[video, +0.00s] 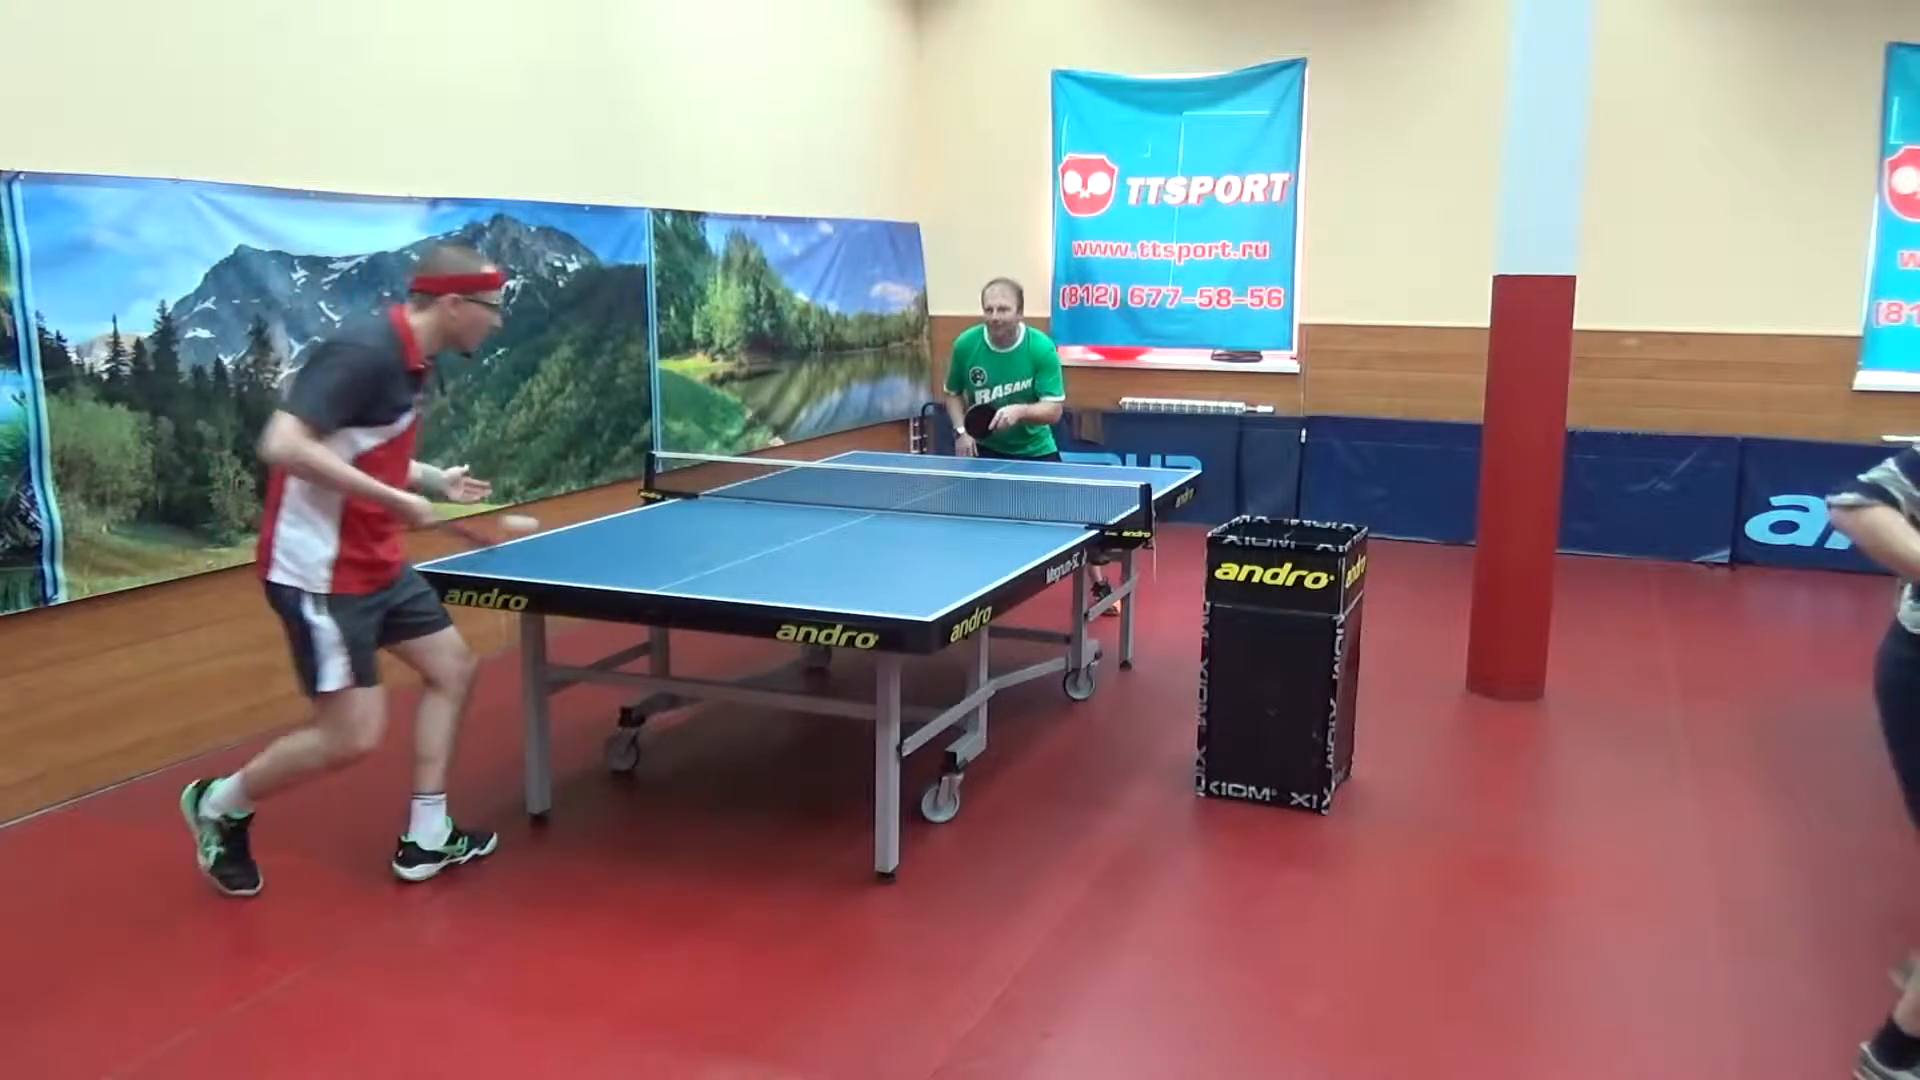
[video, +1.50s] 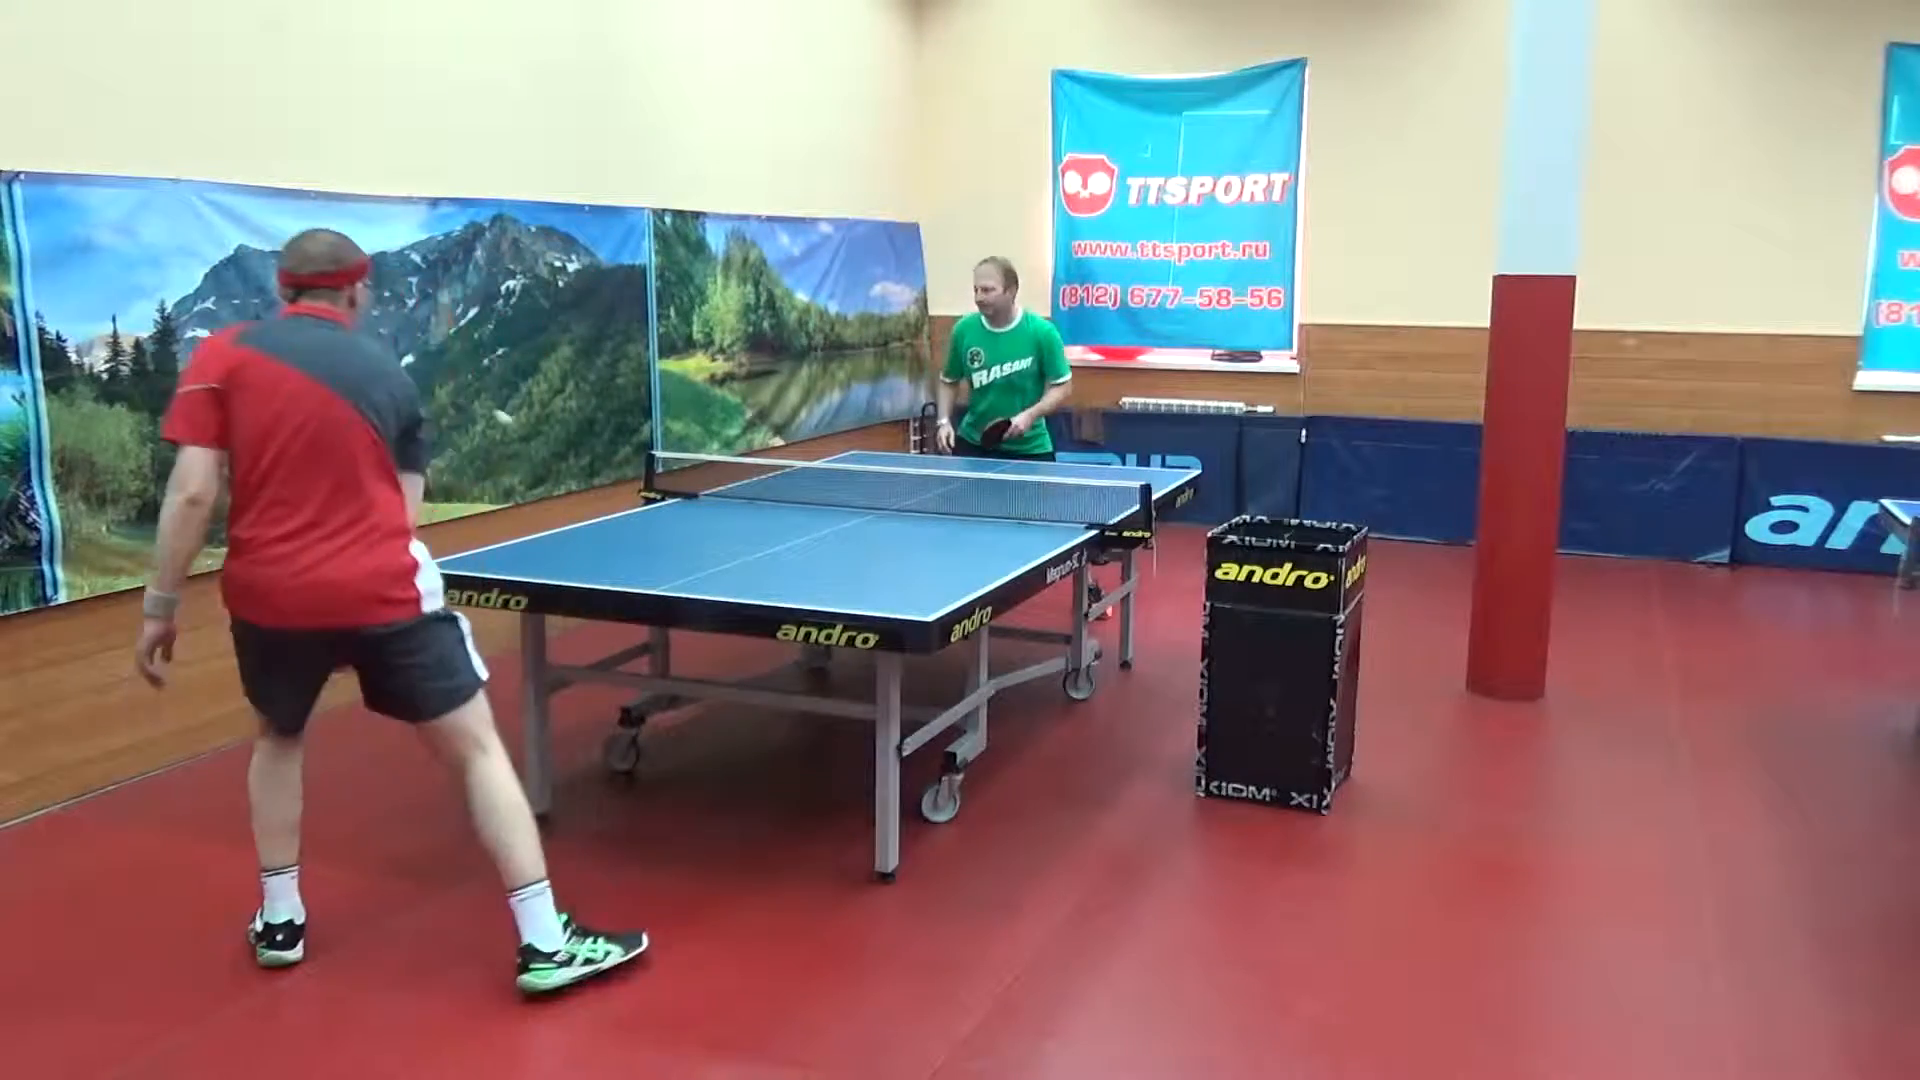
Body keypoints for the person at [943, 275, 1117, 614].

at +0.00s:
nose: (996, 317)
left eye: (1004, 310)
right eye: (990, 310)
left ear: (1020, 312)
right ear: (982, 311)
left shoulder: (1041, 348)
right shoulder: (965, 346)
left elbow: (1053, 410)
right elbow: (954, 393)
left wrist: (1019, 412)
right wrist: (962, 431)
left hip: (1037, 450)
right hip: (987, 451)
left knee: (1070, 514)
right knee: (974, 520)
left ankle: (1100, 585)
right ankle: (969, 595)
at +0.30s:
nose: (986, 321)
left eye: (994, 313)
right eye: (981, 313)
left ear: (1012, 314)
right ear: (973, 313)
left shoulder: (1035, 348)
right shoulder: (960, 345)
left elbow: (1053, 409)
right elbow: (943, 390)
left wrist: (1011, 415)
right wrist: (946, 428)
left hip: (1029, 450)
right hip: (976, 449)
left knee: (1068, 510)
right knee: (963, 517)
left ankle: (1098, 584)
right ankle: (962, 594)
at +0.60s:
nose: (946, 357)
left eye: (954, 350)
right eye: (943, 350)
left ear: (976, 350)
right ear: (939, 349)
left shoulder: (1001, 377)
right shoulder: (936, 372)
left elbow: (1020, 432)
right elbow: (925, 418)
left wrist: (969, 436)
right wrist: (921, 427)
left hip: (1013, 465)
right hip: (962, 466)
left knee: (1050, 519)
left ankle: (1096, 584)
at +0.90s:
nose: (945, 313)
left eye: (953, 306)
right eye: (941, 306)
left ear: (974, 309)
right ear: (937, 309)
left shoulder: (997, 345)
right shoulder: (934, 344)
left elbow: (997, 407)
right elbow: (930, 399)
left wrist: (947, 416)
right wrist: (921, 432)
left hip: (1011, 453)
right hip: (960, 453)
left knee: (1046, 516)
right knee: (950, 525)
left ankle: (1087, 586)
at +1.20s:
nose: (970, 300)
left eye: (979, 293)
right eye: (965, 293)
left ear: (998, 297)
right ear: (960, 297)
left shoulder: (1021, 337)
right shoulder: (950, 336)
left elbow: (1036, 395)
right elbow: (940, 392)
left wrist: (987, 403)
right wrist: (929, 430)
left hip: (1019, 450)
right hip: (966, 449)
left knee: (1048, 516)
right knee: (955, 520)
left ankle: (1087, 587)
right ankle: (958, 595)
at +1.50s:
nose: (978, 296)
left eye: (987, 290)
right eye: (976, 289)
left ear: (1012, 292)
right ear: (974, 289)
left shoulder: (1041, 332)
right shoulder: (964, 330)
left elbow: (1062, 387)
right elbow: (948, 382)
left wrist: (1029, 415)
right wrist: (944, 420)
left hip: (1029, 449)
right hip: (976, 449)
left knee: (1051, 519)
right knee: (969, 523)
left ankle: (1087, 587)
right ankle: (964, 599)